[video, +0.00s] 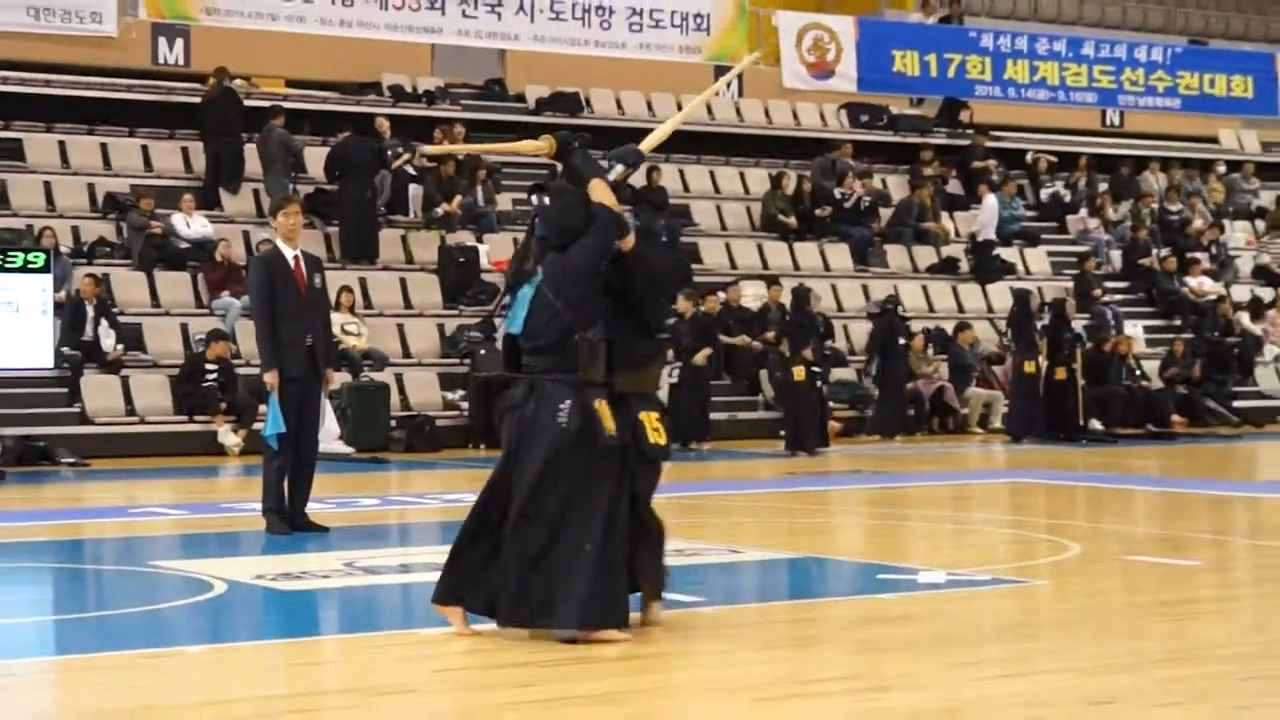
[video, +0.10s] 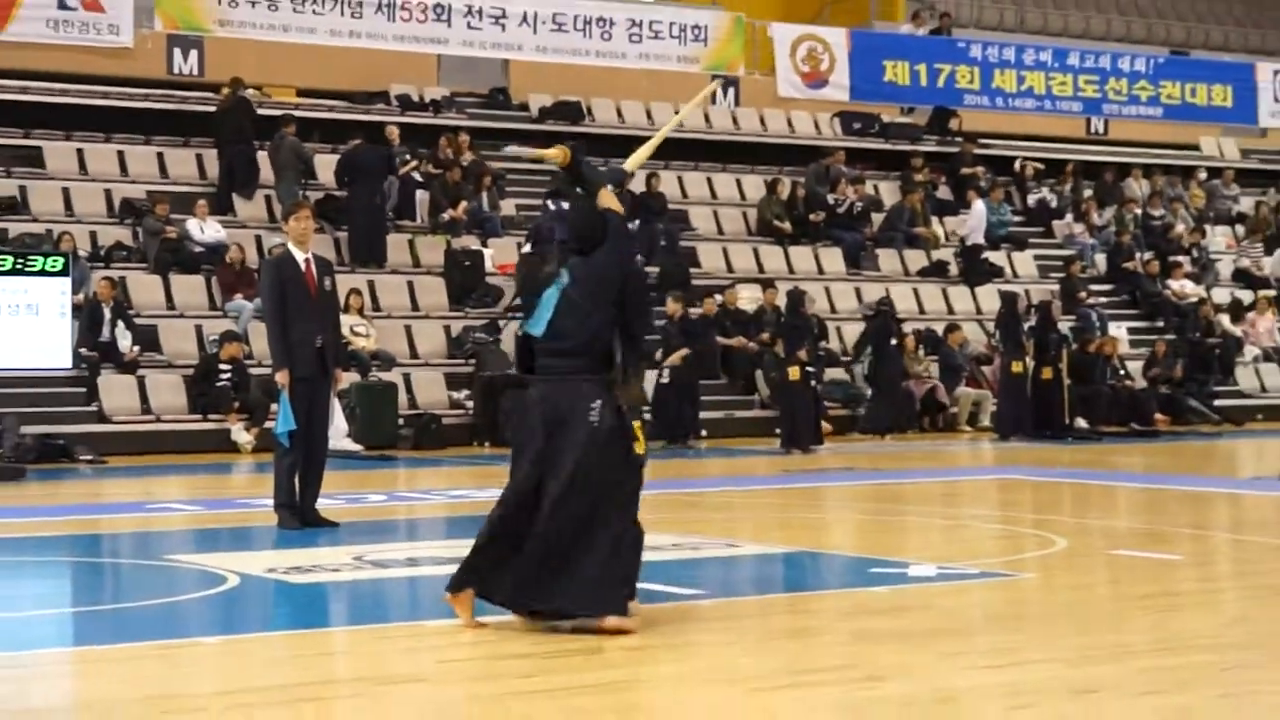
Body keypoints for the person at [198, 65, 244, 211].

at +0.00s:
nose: (228, 80)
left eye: (226, 77)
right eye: (228, 77)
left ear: (214, 78)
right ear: (227, 78)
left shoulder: (208, 95)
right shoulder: (231, 93)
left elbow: (203, 118)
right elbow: (241, 111)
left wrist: (205, 138)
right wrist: (239, 131)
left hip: (212, 138)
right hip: (230, 138)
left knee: (212, 172)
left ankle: (210, 204)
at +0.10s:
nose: (244, 90)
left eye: (242, 88)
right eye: (243, 88)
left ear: (230, 88)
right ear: (242, 88)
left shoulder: (223, 104)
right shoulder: (245, 103)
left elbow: (217, 126)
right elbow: (253, 122)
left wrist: (219, 145)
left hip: (226, 146)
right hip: (243, 146)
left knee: (225, 180)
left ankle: (224, 209)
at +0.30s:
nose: (260, 101)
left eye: (260, 99)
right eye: (259, 99)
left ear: (246, 98)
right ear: (256, 98)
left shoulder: (237, 113)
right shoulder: (259, 112)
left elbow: (231, 133)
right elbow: (268, 131)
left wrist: (232, 149)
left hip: (239, 153)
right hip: (257, 153)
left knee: (237, 186)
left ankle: (234, 214)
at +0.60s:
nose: (278, 105)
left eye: (277, 102)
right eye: (276, 102)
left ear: (264, 100)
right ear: (272, 101)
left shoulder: (257, 114)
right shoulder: (271, 114)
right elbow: (279, 134)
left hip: (255, 153)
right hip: (268, 154)